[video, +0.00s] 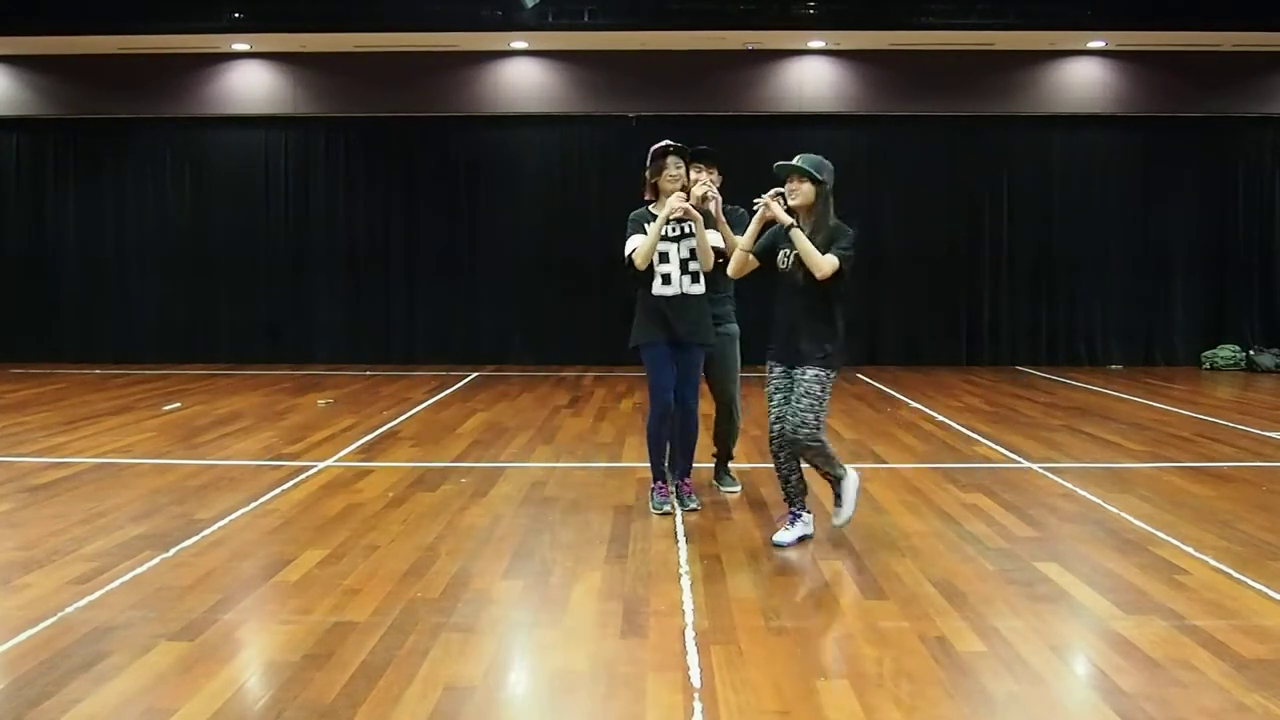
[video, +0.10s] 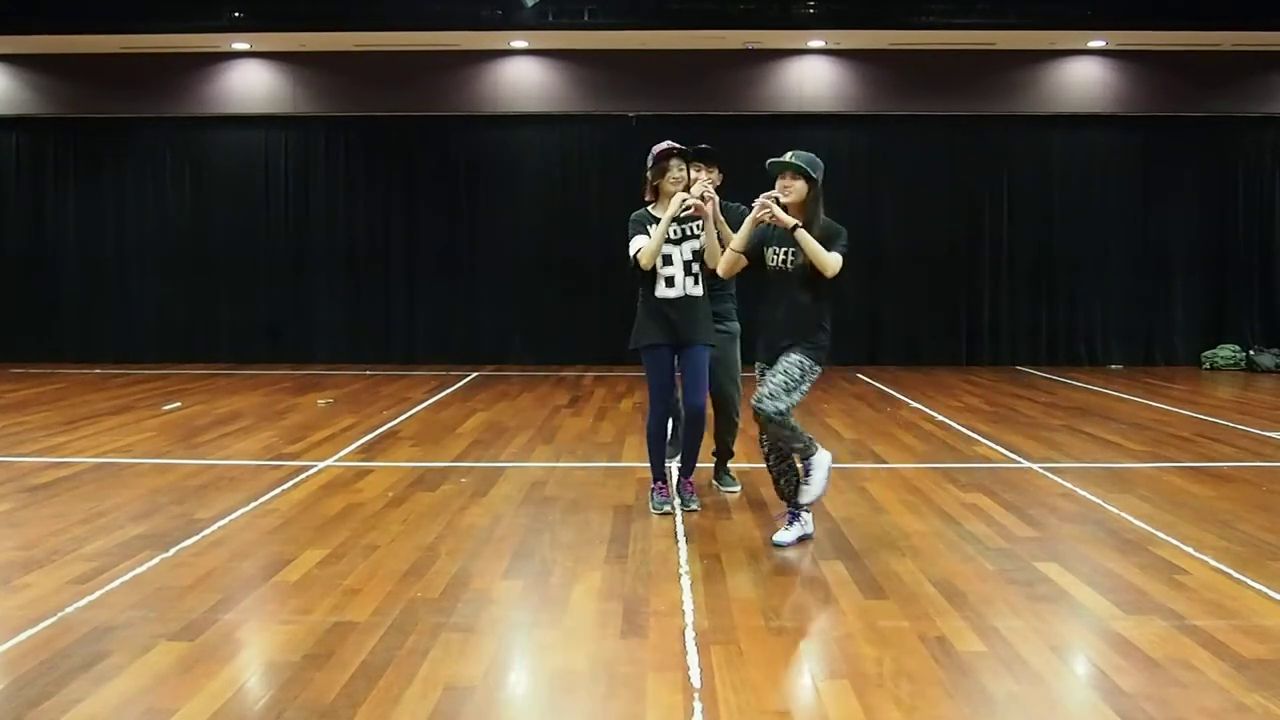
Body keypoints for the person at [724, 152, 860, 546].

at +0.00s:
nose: (791, 187)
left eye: (801, 181)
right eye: (788, 181)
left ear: (821, 187)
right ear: (785, 189)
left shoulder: (841, 234)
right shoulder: (780, 232)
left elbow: (822, 268)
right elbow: (735, 269)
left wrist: (787, 222)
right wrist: (757, 222)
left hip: (819, 350)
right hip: (780, 348)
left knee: (803, 435)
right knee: (779, 434)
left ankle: (841, 478)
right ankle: (799, 514)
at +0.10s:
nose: (784, 183)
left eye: (794, 177)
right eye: (781, 176)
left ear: (812, 185)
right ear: (775, 184)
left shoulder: (829, 232)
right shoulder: (765, 230)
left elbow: (831, 267)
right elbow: (725, 268)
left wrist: (793, 226)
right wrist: (749, 223)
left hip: (808, 343)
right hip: (768, 342)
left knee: (765, 408)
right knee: (770, 430)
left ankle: (813, 455)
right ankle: (798, 515)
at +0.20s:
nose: (779, 172)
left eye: (789, 167)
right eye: (775, 166)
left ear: (806, 176)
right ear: (767, 173)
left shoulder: (815, 219)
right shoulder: (753, 217)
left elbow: (837, 251)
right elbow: (711, 252)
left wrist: (797, 208)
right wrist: (743, 207)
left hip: (797, 332)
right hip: (759, 332)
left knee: (747, 393)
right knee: (772, 420)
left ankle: (783, 469)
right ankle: (798, 511)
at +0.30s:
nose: (770, 169)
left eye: (780, 163)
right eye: (765, 162)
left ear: (797, 174)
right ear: (756, 171)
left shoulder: (802, 216)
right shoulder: (742, 212)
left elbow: (836, 240)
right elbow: (698, 238)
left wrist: (795, 198)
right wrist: (734, 195)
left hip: (784, 332)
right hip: (747, 332)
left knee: (744, 407)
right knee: (767, 428)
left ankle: (749, 498)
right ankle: (796, 506)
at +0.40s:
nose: (760, 180)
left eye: (770, 173)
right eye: (754, 172)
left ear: (785, 182)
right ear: (745, 178)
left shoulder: (791, 226)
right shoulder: (731, 221)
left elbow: (819, 257)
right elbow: (692, 253)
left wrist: (783, 212)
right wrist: (725, 208)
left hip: (771, 347)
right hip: (731, 343)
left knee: (749, 435)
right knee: (728, 434)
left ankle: (738, 522)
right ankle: (784, 502)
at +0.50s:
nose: (747, 196)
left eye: (756, 189)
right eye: (741, 189)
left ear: (771, 193)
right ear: (732, 192)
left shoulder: (787, 239)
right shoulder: (722, 232)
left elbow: (801, 281)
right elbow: (688, 274)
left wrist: (767, 236)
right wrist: (716, 226)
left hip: (762, 355)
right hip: (720, 350)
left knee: (740, 438)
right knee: (700, 431)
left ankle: (739, 525)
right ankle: (753, 474)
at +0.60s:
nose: (737, 190)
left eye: (745, 184)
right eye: (730, 184)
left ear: (760, 189)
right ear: (720, 188)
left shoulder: (773, 232)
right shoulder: (708, 228)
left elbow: (791, 276)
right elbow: (673, 270)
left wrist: (754, 235)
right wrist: (703, 224)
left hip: (753, 355)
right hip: (708, 348)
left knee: (742, 442)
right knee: (683, 411)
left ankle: (739, 522)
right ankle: (720, 458)